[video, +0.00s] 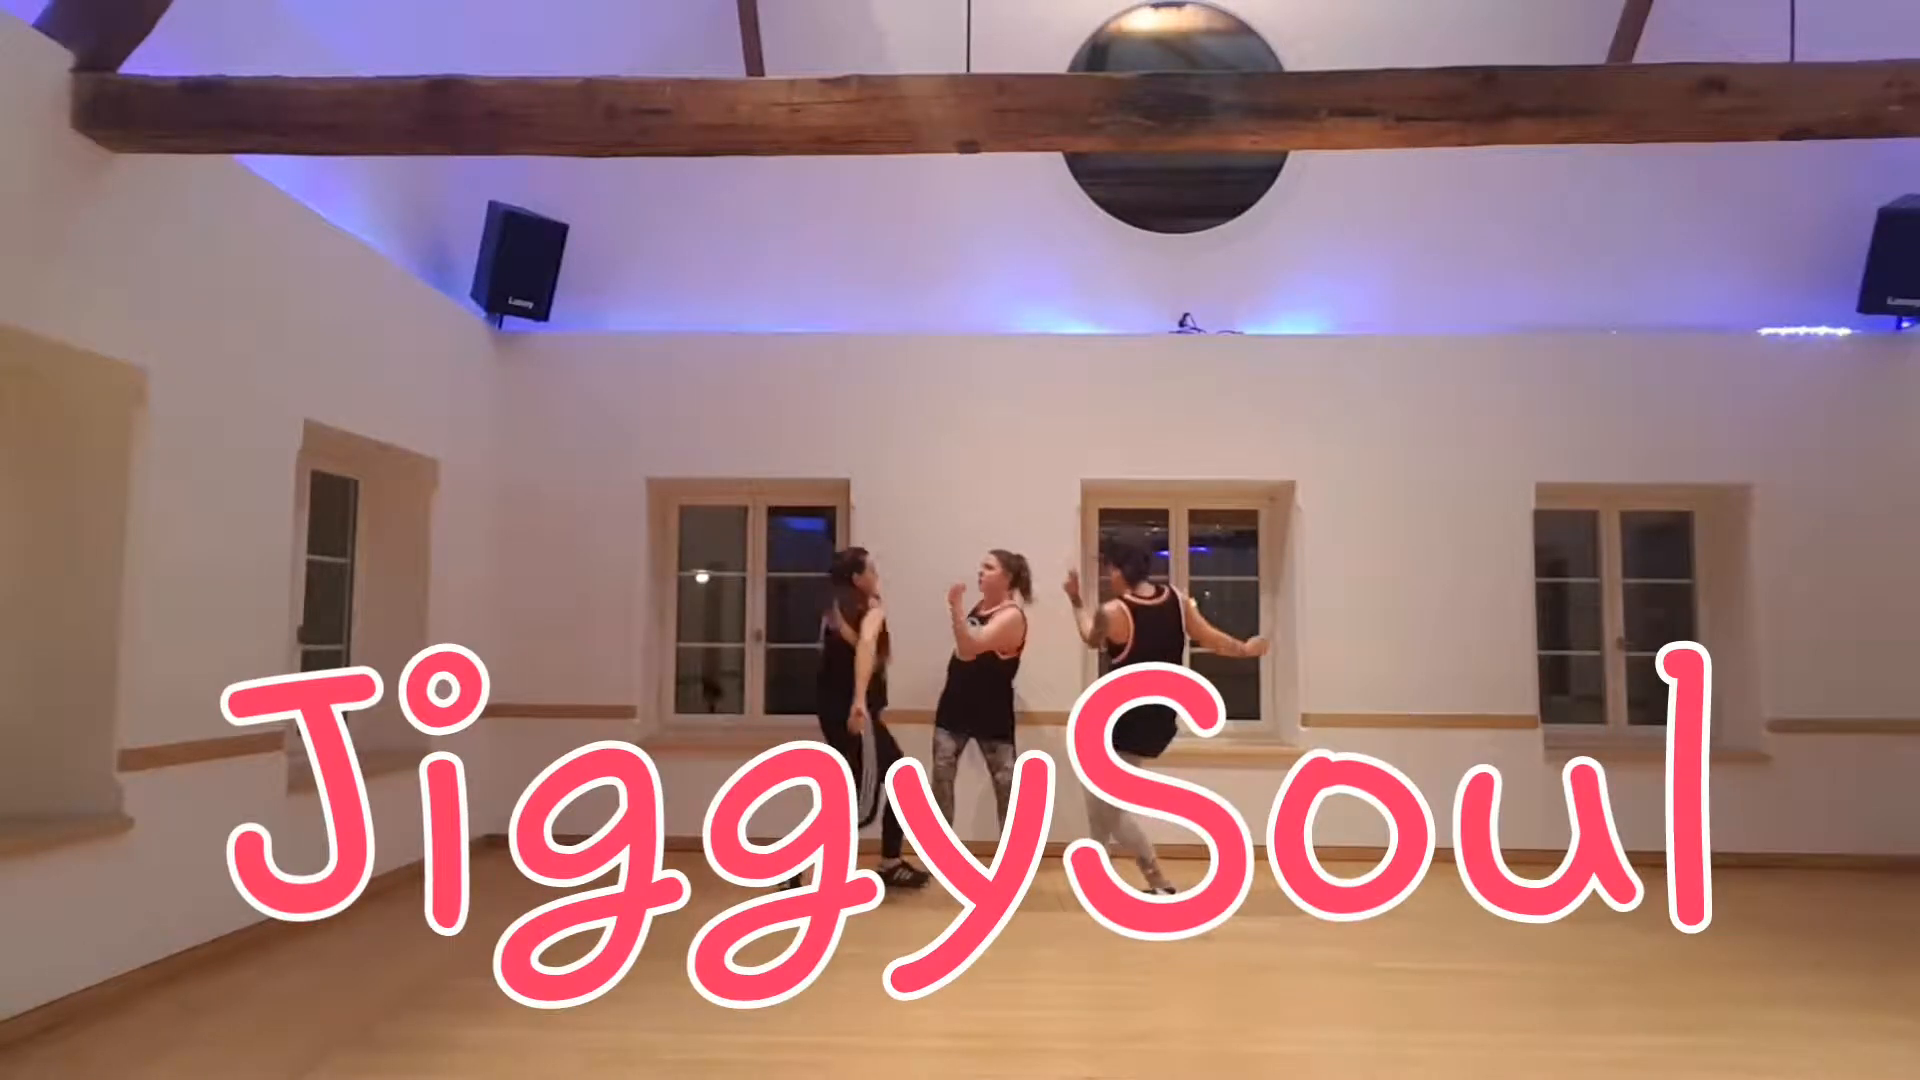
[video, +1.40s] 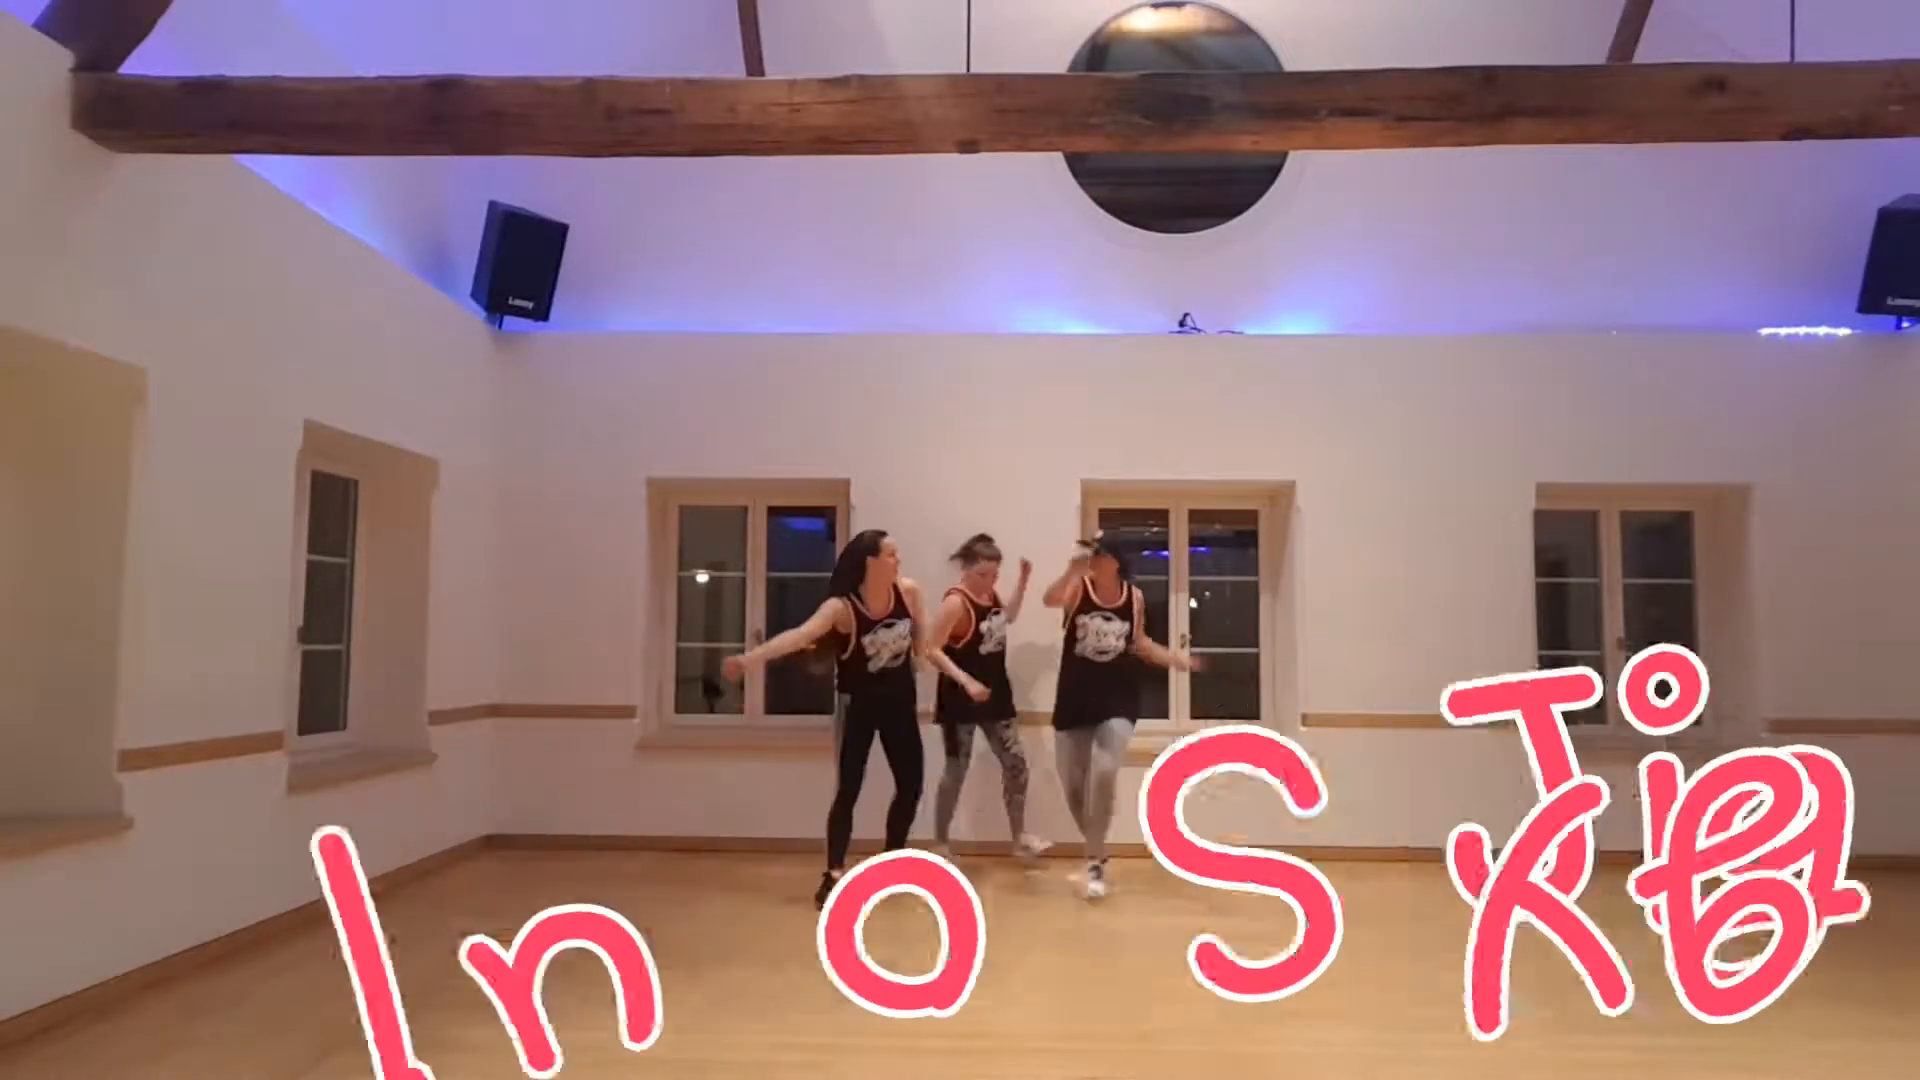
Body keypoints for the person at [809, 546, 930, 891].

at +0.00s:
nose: (876, 574)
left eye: (874, 568)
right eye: (871, 570)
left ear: (847, 578)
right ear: (857, 577)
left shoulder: (834, 609)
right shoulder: (872, 611)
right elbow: (865, 650)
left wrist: (873, 606)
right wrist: (859, 701)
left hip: (832, 712)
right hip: (857, 714)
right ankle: (891, 860)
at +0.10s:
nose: (889, 571)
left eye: (886, 565)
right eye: (883, 566)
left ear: (862, 575)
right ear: (870, 574)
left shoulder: (845, 607)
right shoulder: (878, 604)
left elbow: (843, 655)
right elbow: (860, 641)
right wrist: (854, 692)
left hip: (848, 708)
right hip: (867, 709)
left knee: (901, 774)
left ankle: (893, 861)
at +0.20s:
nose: (903, 560)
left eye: (900, 554)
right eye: (898, 555)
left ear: (883, 560)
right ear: (885, 560)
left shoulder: (887, 594)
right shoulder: (879, 587)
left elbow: (880, 638)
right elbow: (851, 618)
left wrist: (899, 612)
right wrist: (844, 664)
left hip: (884, 694)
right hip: (865, 692)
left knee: (901, 775)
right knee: (864, 780)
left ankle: (892, 861)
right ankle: (805, 853)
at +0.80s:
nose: (903, 557)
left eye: (903, 551)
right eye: (895, 551)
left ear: (902, 557)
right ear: (873, 557)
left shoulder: (916, 585)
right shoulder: (853, 594)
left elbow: (935, 628)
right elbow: (839, 630)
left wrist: (938, 595)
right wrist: (813, 664)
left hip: (912, 692)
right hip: (873, 694)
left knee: (911, 776)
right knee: (870, 776)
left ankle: (892, 860)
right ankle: (850, 855)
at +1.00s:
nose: (894, 565)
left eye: (893, 558)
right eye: (886, 560)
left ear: (892, 563)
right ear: (864, 568)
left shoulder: (907, 590)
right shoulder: (846, 603)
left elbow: (932, 616)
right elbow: (825, 636)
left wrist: (962, 642)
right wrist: (797, 658)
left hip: (906, 702)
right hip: (864, 704)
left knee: (915, 780)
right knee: (850, 783)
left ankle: (893, 863)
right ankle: (830, 860)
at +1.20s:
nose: (888, 572)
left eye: (886, 565)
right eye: (879, 568)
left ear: (887, 572)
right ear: (856, 577)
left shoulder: (907, 604)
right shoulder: (839, 620)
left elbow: (936, 651)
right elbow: (806, 657)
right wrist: (775, 685)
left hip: (894, 712)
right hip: (851, 714)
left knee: (915, 794)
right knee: (838, 794)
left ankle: (892, 864)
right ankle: (833, 866)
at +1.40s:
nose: (897, 559)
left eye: (896, 553)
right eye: (890, 554)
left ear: (886, 562)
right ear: (868, 562)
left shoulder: (908, 592)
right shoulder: (841, 608)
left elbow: (925, 648)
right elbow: (801, 635)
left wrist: (964, 679)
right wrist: (752, 658)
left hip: (899, 703)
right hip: (859, 705)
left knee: (910, 786)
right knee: (848, 790)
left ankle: (892, 864)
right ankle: (834, 873)